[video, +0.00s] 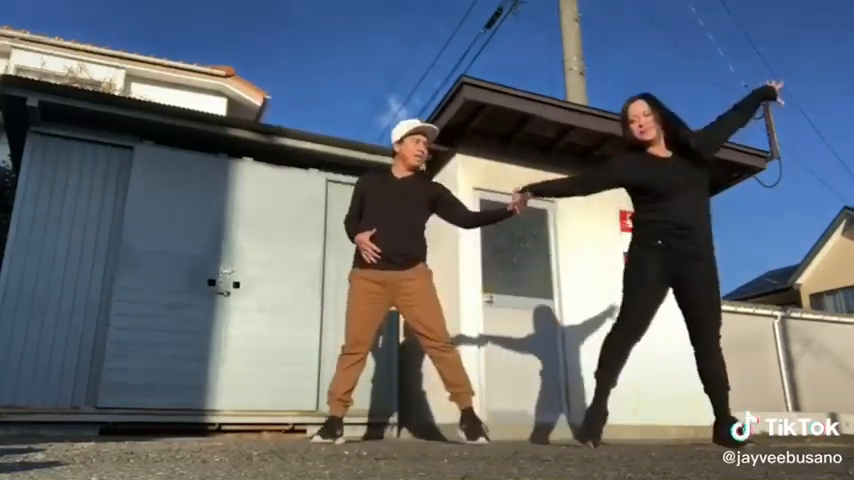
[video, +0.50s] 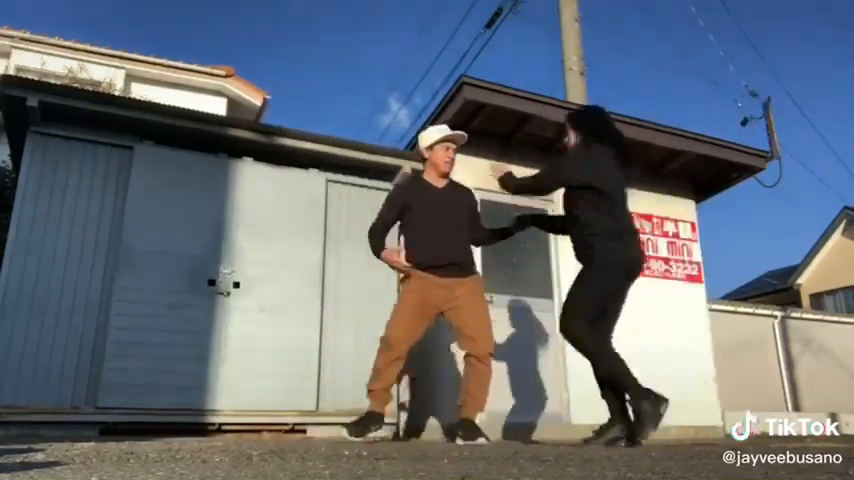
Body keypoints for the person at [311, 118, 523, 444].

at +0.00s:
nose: (424, 150)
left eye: (426, 145)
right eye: (417, 143)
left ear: (427, 152)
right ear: (398, 146)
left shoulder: (430, 190)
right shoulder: (369, 181)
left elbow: (466, 218)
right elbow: (351, 220)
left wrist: (510, 210)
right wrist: (357, 235)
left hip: (413, 278)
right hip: (368, 279)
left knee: (439, 344)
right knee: (355, 347)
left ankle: (468, 414)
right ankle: (334, 419)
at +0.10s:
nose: (421, 151)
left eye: (424, 146)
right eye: (414, 143)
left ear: (425, 153)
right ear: (395, 146)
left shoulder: (428, 191)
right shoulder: (366, 183)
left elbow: (465, 216)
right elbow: (347, 223)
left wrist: (505, 207)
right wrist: (354, 238)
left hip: (411, 278)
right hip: (366, 279)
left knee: (438, 344)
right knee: (353, 347)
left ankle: (468, 415)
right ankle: (334, 419)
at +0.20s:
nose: (421, 152)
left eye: (424, 147)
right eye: (415, 145)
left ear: (425, 153)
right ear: (396, 148)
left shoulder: (429, 191)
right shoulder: (367, 184)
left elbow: (461, 216)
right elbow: (346, 224)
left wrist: (498, 203)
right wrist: (357, 239)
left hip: (414, 280)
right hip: (369, 279)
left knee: (440, 345)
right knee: (353, 347)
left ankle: (468, 415)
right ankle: (334, 419)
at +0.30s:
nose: (427, 152)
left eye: (430, 148)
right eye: (421, 146)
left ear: (431, 154)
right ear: (403, 149)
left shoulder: (437, 193)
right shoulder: (375, 186)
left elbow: (460, 225)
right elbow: (351, 225)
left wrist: (493, 208)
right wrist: (364, 244)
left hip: (425, 282)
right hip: (380, 281)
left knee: (448, 345)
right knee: (359, 347)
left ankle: (467, 418)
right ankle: (335, 419)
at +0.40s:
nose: (440, 155)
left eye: (443, 150)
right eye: (434, 148)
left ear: (445, 155)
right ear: (415, 150)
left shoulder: (450, 194)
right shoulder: (389, 188)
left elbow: (466, 237)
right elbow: (362, 227)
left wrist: (496, 229)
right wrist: (377, 248)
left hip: (447, 282)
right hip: (402, 281)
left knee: (465, 347)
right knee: (371, 345)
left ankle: (467, 421)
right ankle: (339, 417)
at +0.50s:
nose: (451, 156)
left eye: (453, 151)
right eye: (444, 150)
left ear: (455, 156)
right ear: (427, 153)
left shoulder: (464, 195)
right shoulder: (407, 189)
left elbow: (476, 237)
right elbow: (377, 230)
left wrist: (513, 228)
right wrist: (382, 254)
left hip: (465, 284)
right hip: (421, 281)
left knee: (481, 348)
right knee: (394, 343)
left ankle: (468, 420)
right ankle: (376, 412)